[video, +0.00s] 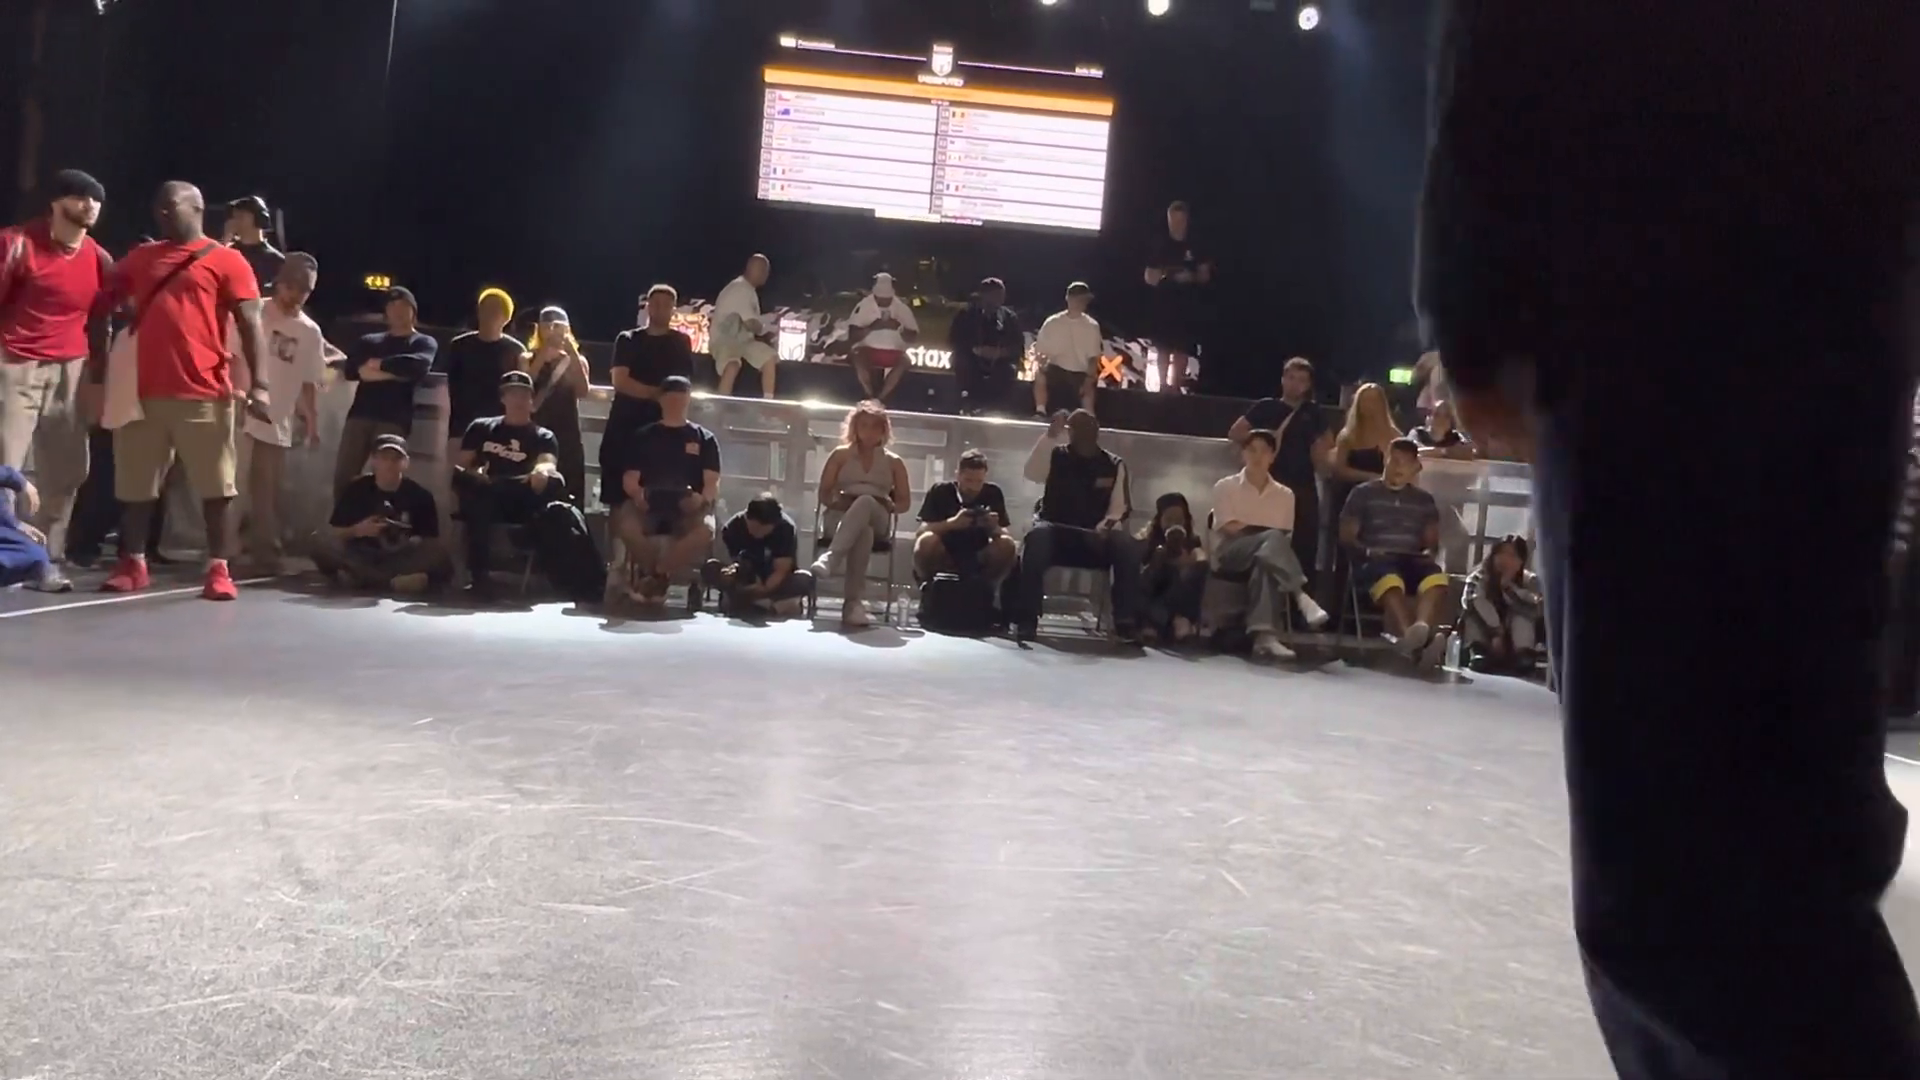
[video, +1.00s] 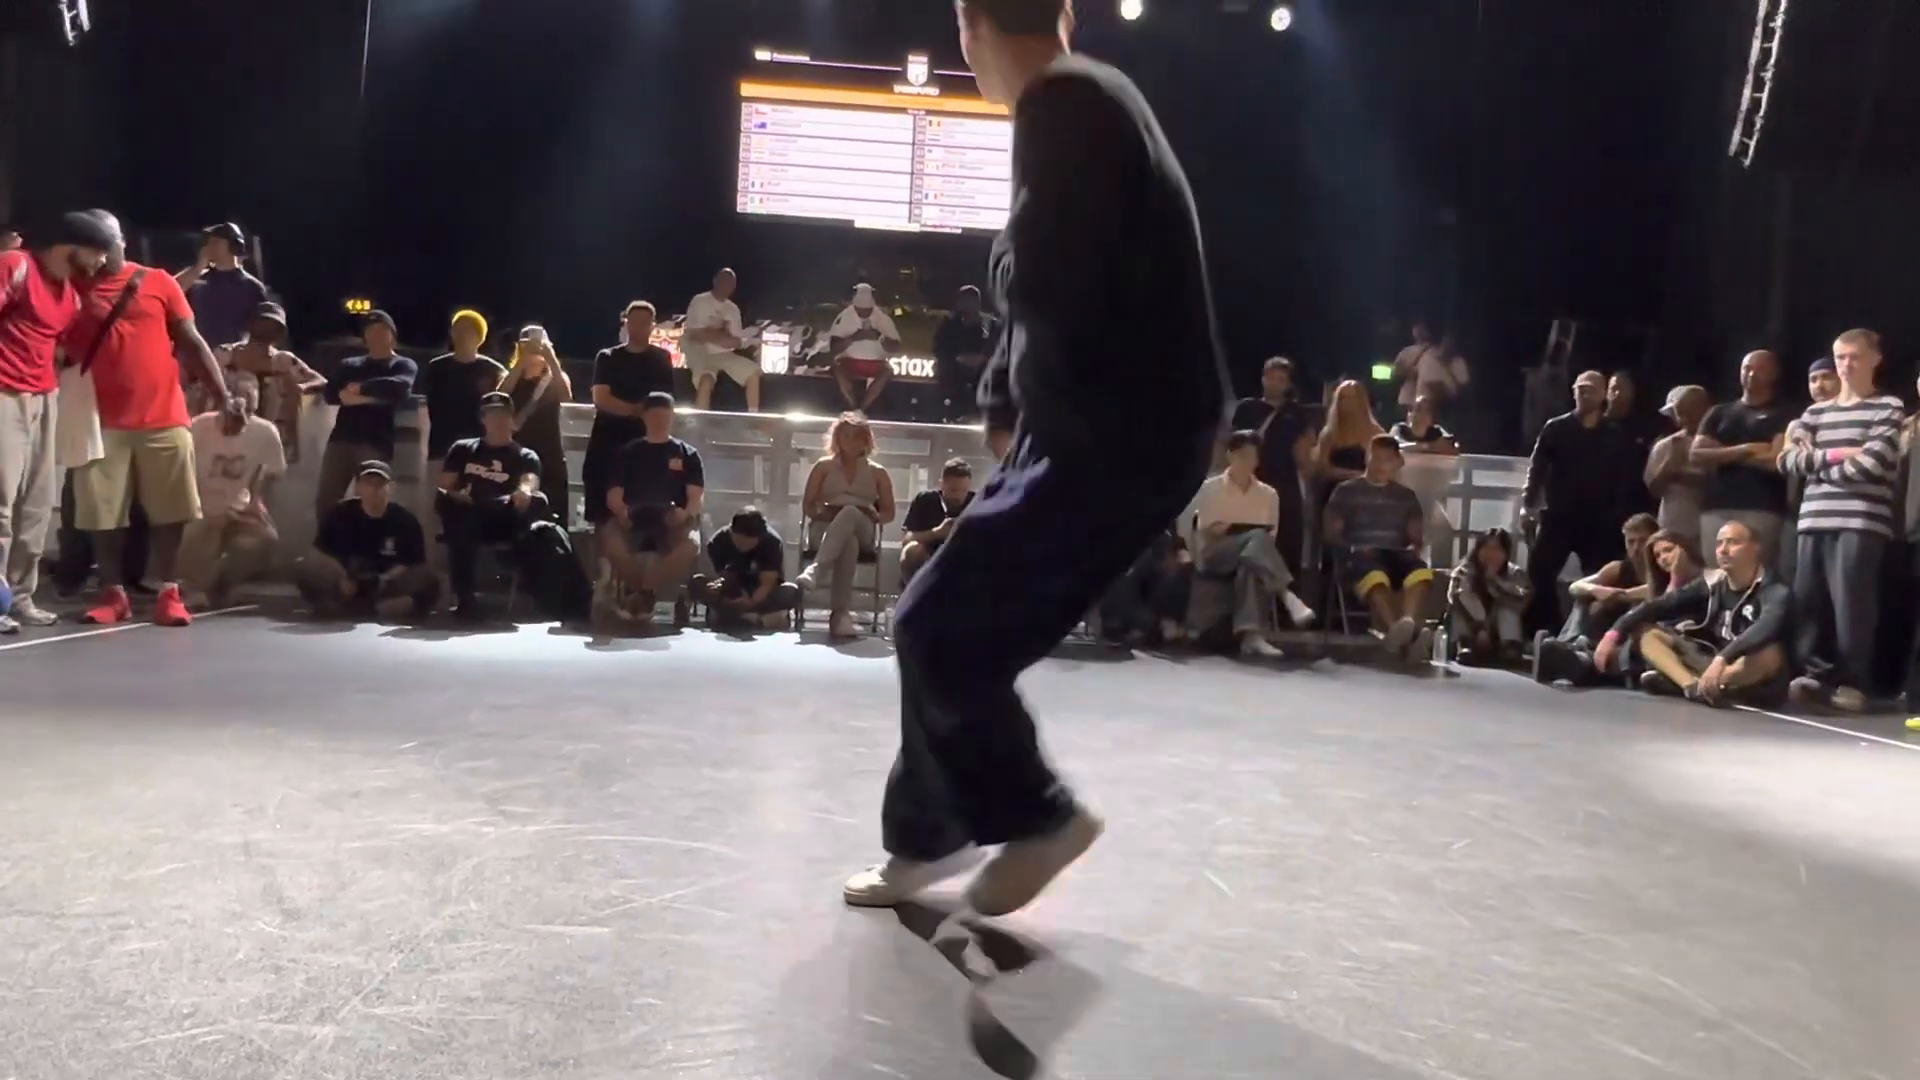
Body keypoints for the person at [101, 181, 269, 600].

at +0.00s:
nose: (161, 213)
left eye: (169, 205)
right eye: (159, 207)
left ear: (194, 207)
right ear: (158, 213)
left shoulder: (227, 259)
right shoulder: (141, 258)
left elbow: (251, 324)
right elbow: (99, 306)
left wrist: (259, 385)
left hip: (206, 395)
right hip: (143, 394)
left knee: (216, 488)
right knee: (136, 487)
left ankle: (219, 569)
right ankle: (133, 566)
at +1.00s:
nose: (94, 260)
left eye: (100, 250)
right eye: (88, 252)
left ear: (117, 244)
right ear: (82, 253)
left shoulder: (158, 283)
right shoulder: (77, 292)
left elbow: (194, 342)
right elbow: (59, 356)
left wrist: (224, 397)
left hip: (164, 419)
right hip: (104, 424)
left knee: (171, 510)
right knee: (104, 516)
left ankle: (167, 593)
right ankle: (114, 595)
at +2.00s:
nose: (101, 278)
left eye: (108, 270)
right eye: (93, 272)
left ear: (125, 272)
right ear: (82, 276)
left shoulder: (157, 311)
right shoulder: (75, 321)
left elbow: (204, 362)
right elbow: (59, 386)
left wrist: (256, 396)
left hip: (162, 442)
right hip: (104, 448)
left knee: (174, 531)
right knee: (108, 540)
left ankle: (175, 617)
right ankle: (120, 622)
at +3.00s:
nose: (114, 285)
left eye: (118, 276)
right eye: (113, 278)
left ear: (145, 269)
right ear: (134, 274)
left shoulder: (191, 311)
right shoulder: (114, 320)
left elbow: (229, 368)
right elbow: (99, 381)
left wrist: (208, 423)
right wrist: (106, 361)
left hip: (190, 448)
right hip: (135, 450)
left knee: (202, 540)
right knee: (134, 542)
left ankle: (201, 617)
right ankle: (137, 619)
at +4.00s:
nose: (138, 260)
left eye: (142, 251)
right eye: (128, 255)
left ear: (155, 250)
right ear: (114, 262)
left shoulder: (192, 295)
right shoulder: (103, 301)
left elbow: (218, 356)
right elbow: (107, 360)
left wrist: (235, 413)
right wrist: (153, 321)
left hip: (198, 429)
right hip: (140, 432)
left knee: (208, 518)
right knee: (141, 522)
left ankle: (210, 600)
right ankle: (150, 604)